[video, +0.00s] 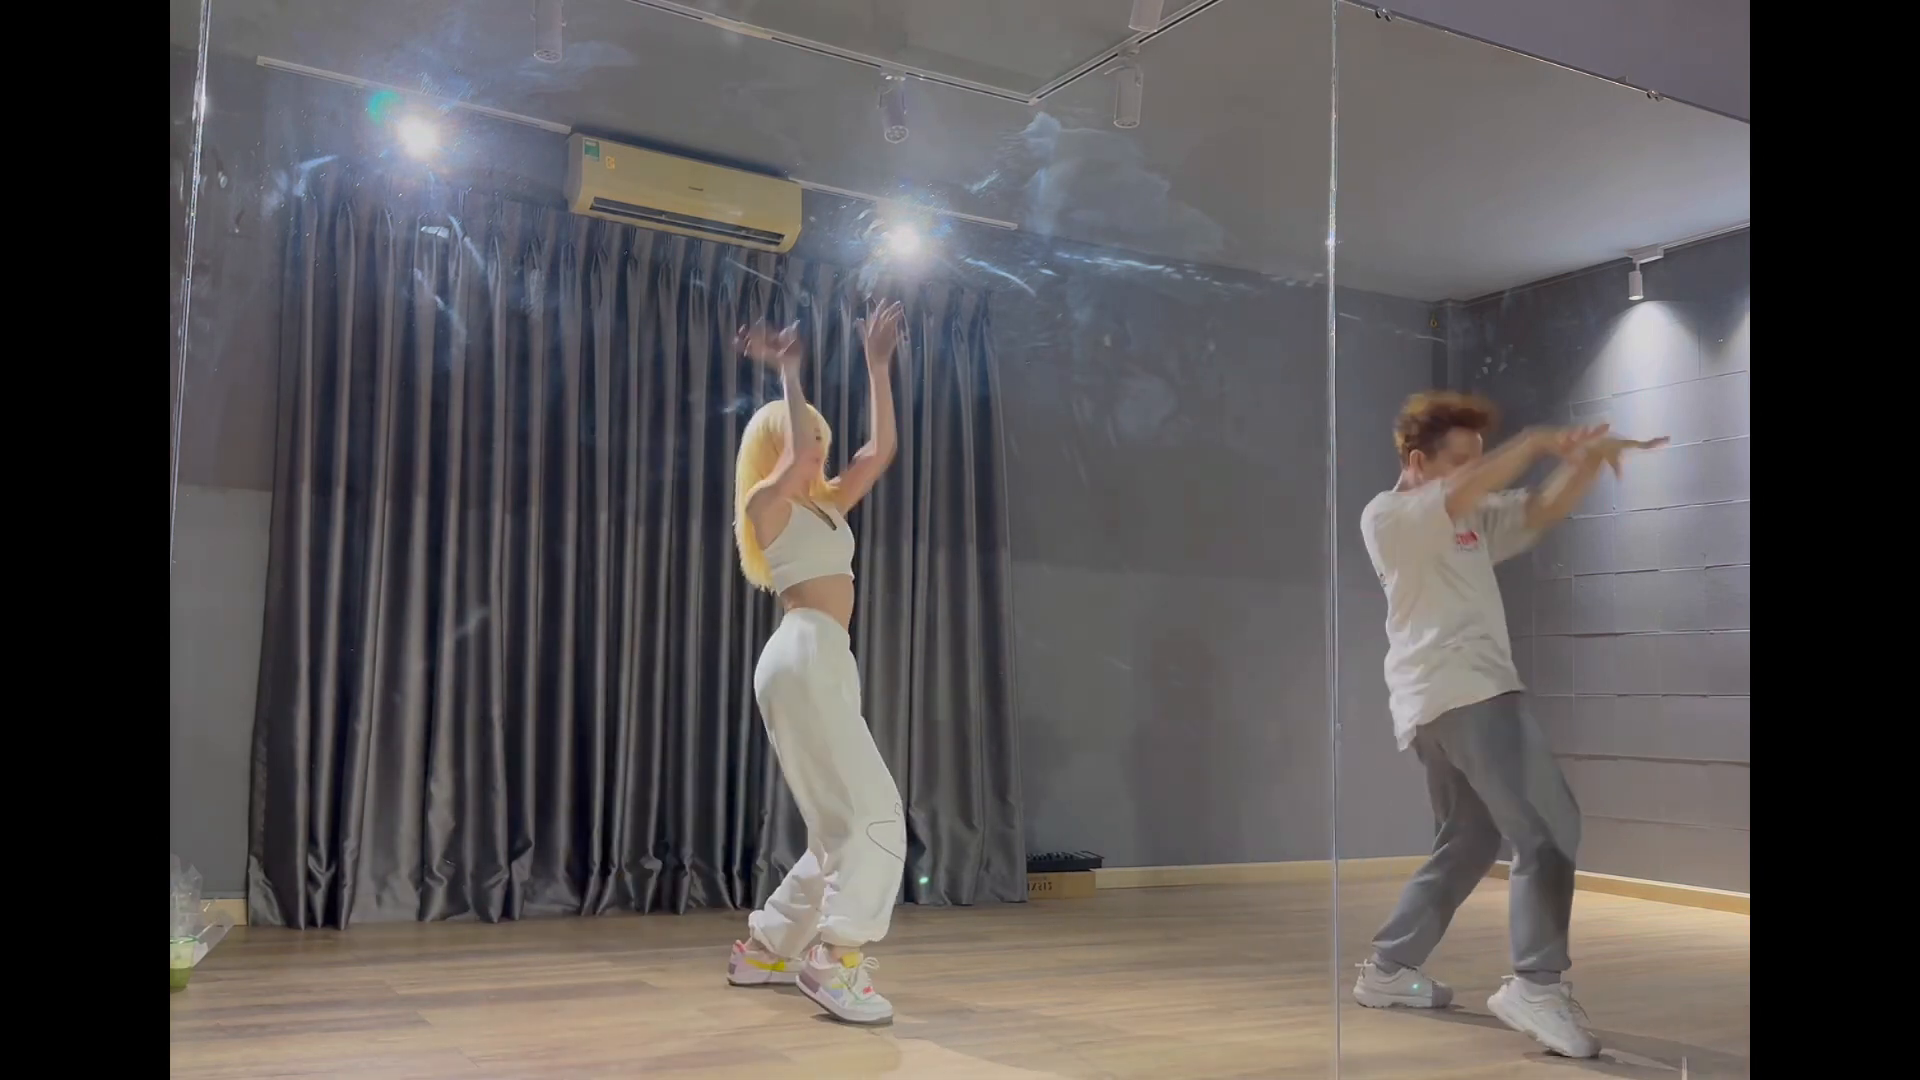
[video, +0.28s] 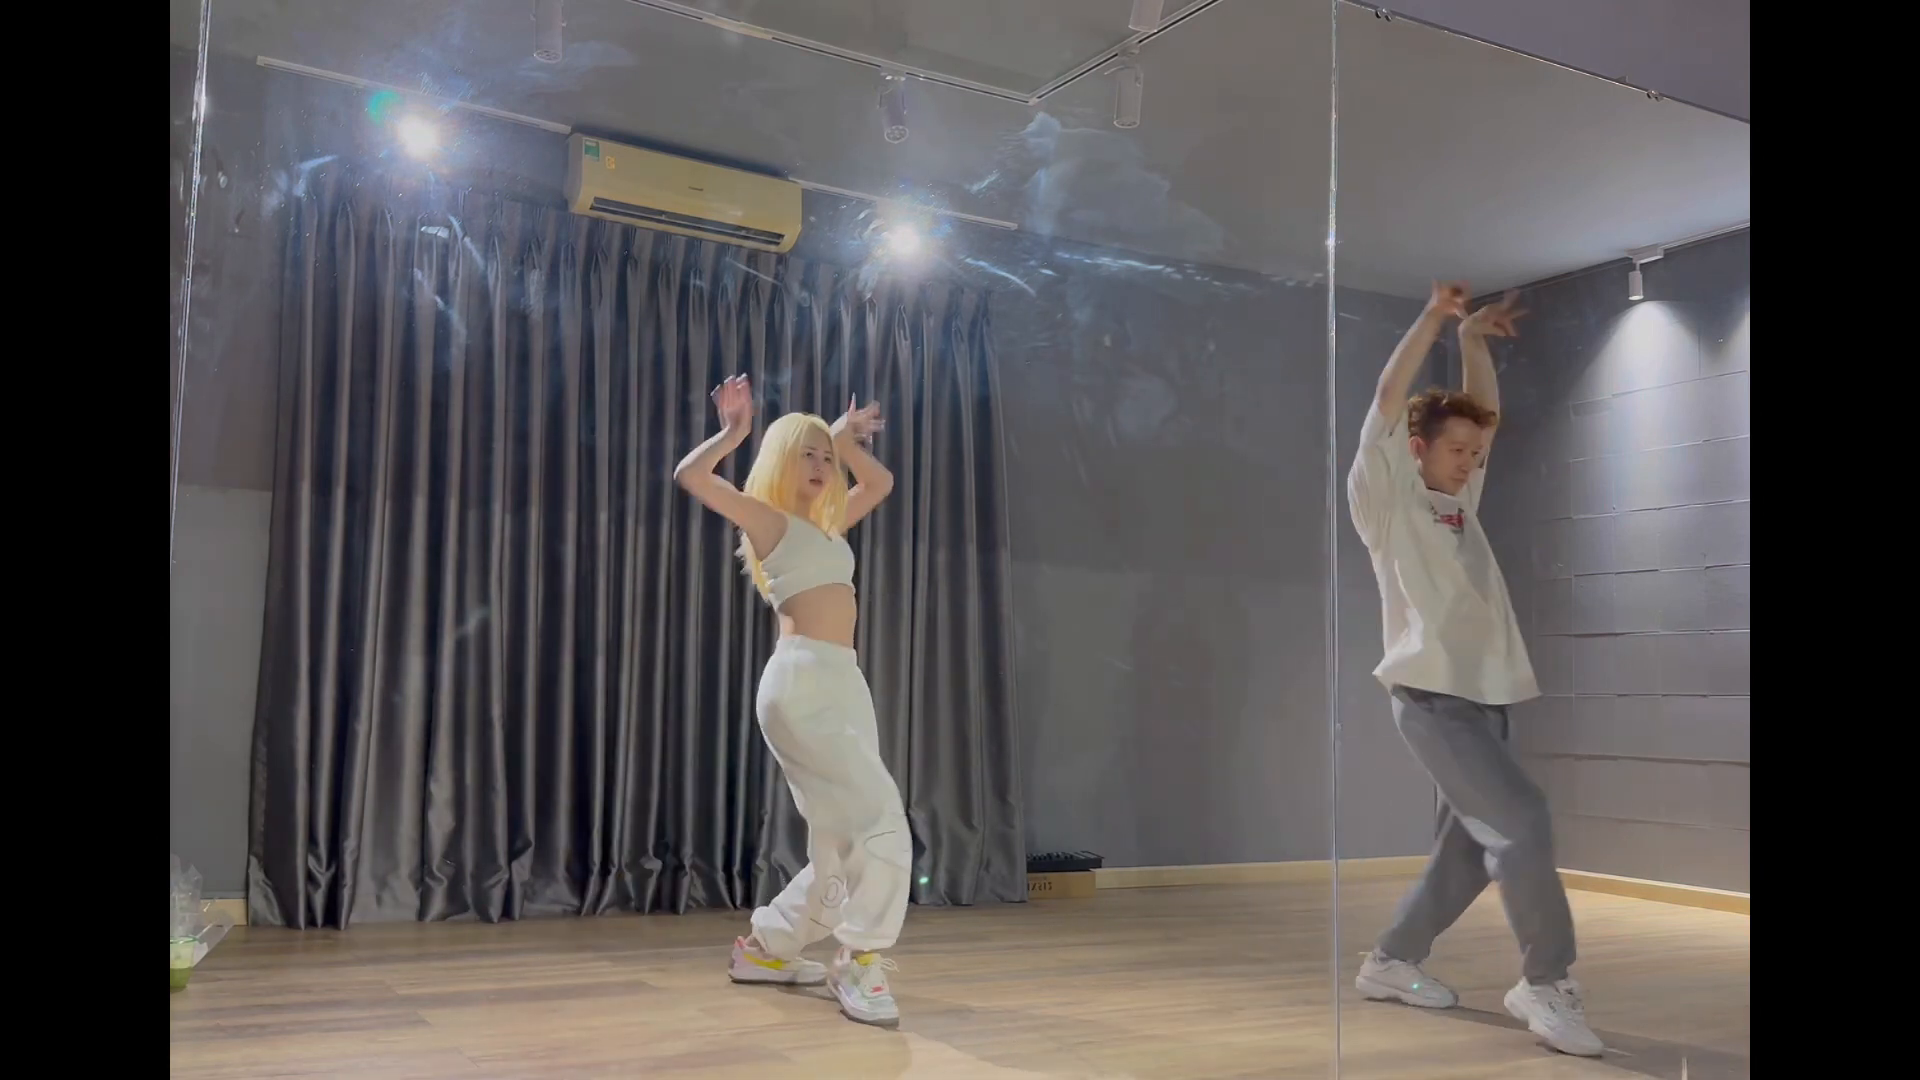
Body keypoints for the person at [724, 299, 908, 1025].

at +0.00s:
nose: (821, 440)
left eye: (820, 434)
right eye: (808, 434)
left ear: (815, 450)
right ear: (772, 446)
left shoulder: (822, 503)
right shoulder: (767, 507)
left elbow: (880, 449)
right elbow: (807, 453)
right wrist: (789, 372)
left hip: (803, 661)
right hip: (810, 658)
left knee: (843, 828)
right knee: (879, 818)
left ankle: (767, 946)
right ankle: (837, 959)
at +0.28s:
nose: (821, 465)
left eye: (829, 457)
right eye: (809, 453)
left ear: (833, 469)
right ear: (781, 461)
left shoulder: (822, 527)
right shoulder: (768, 521)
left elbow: (878, 483)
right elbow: (689, 476)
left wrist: (843, 437)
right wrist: (731, 433)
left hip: (832, 687)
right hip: (805, 686)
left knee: (843, 842)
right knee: (884, 827)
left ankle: (769, 946)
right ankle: (860, 968)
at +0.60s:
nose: (796, 476)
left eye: (807, 474)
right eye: (792, 461)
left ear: (808, 484)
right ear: (767, 455)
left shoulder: (794, 523)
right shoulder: (705, 505)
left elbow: (842, 550)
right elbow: (691, 584)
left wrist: (873, 495)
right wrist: (740, 540)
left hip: (808, 670)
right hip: (743, 674)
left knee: (822, 820)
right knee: (759, 799)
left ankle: (765, 947)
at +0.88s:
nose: (736, 484)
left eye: (744, 475)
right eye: (720, 479)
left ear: (758, 487)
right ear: (701, 502)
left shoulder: (781, 552)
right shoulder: (697, 561)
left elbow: (829, 478)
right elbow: (630, 631)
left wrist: (759, 450)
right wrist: (658, 710)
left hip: (755, 733)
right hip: (684, 725)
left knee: (823, 839)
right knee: (626, 852)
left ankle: (765, 947)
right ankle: (584, 956)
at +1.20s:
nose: (719, 486)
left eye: (730, 486)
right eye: (708, 483)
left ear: (743, 520)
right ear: (687, 509)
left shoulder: (748, 570)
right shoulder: (648, 565)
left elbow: (831, 580)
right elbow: (603, 635)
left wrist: (785, 515)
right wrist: (646, 710)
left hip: (750, 729)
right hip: (674, 732)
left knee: (800, 850)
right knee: (615, 835)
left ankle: (790, 945)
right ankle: (588, 953)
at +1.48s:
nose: (734, 484)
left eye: (746, 473)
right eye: (722, 473)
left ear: (764, 480)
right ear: (701, 478)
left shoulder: (774, 540)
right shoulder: (693, 542)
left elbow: (736, 579)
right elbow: (621, 575)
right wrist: (598, 518)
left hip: (735, 692)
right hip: (674, 690)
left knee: (736, 833)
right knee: (598, 815)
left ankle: (818, 929)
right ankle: (637, 950)